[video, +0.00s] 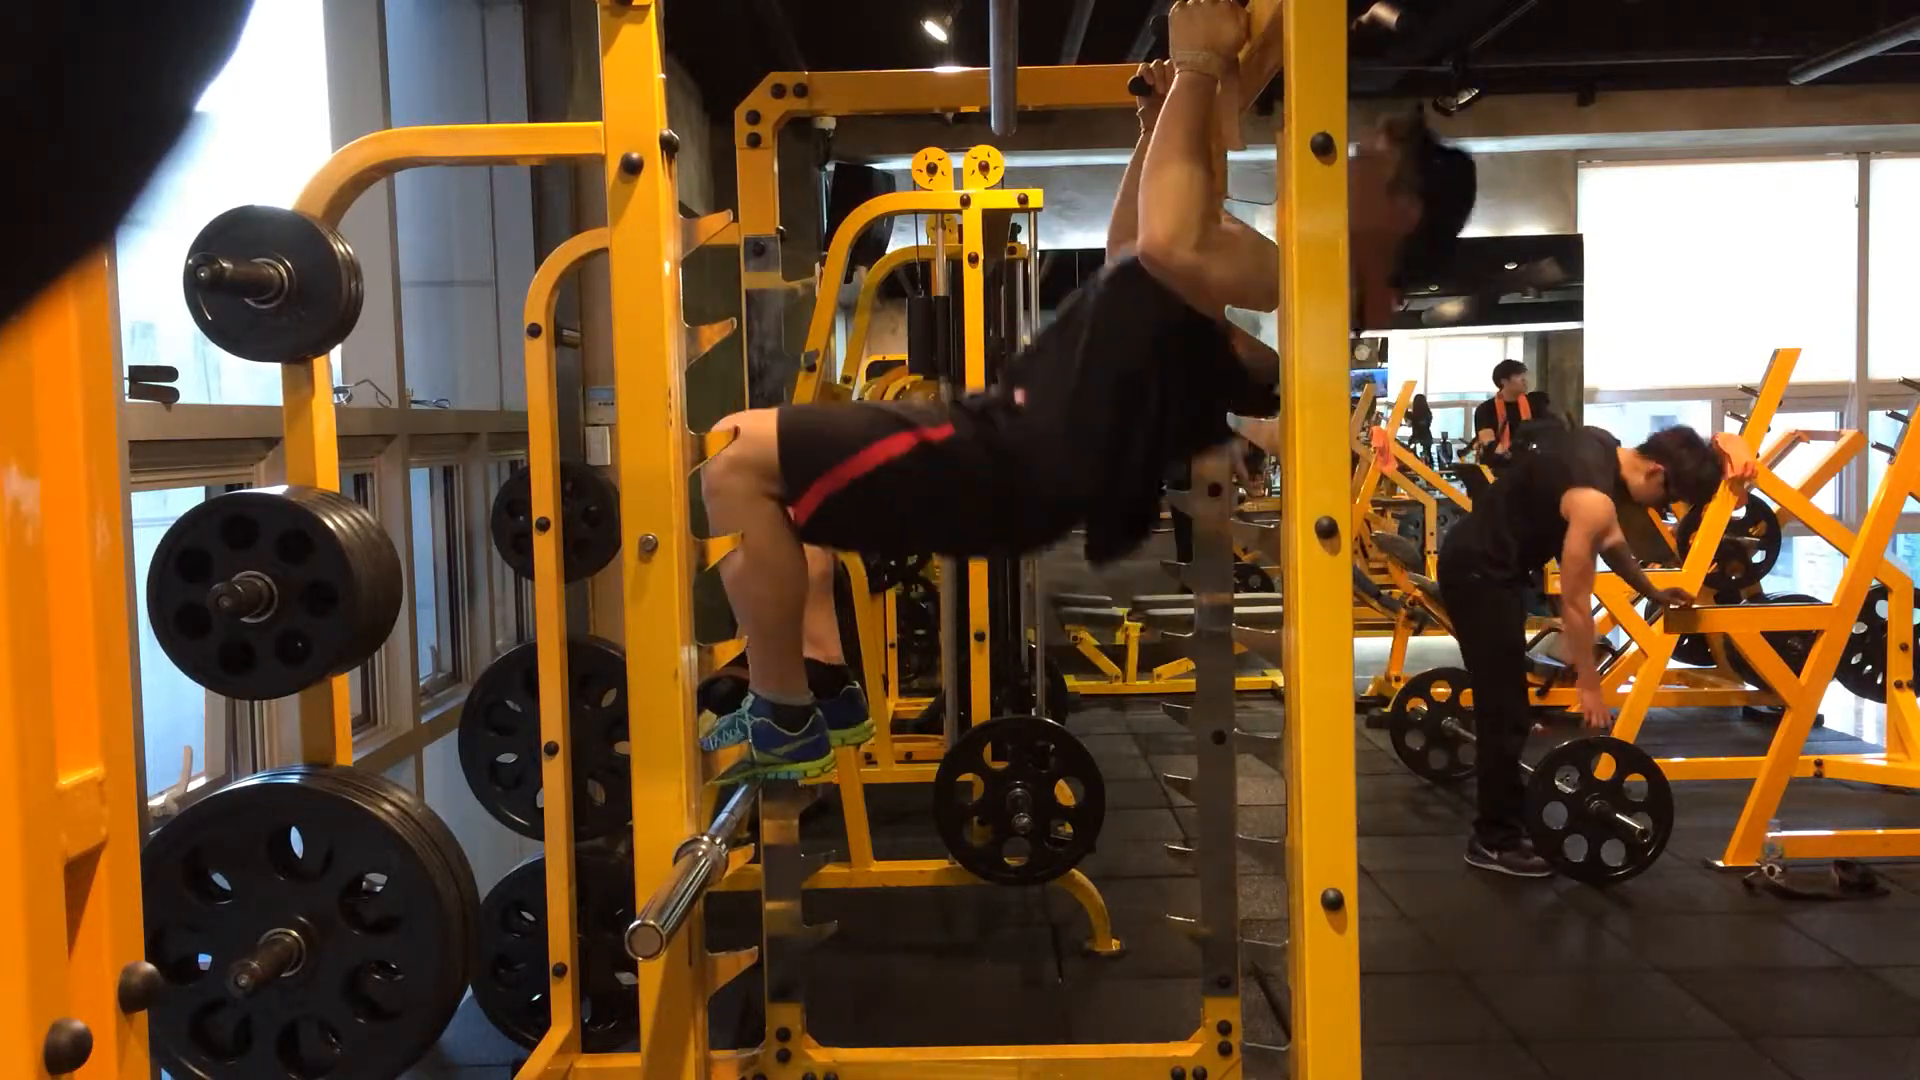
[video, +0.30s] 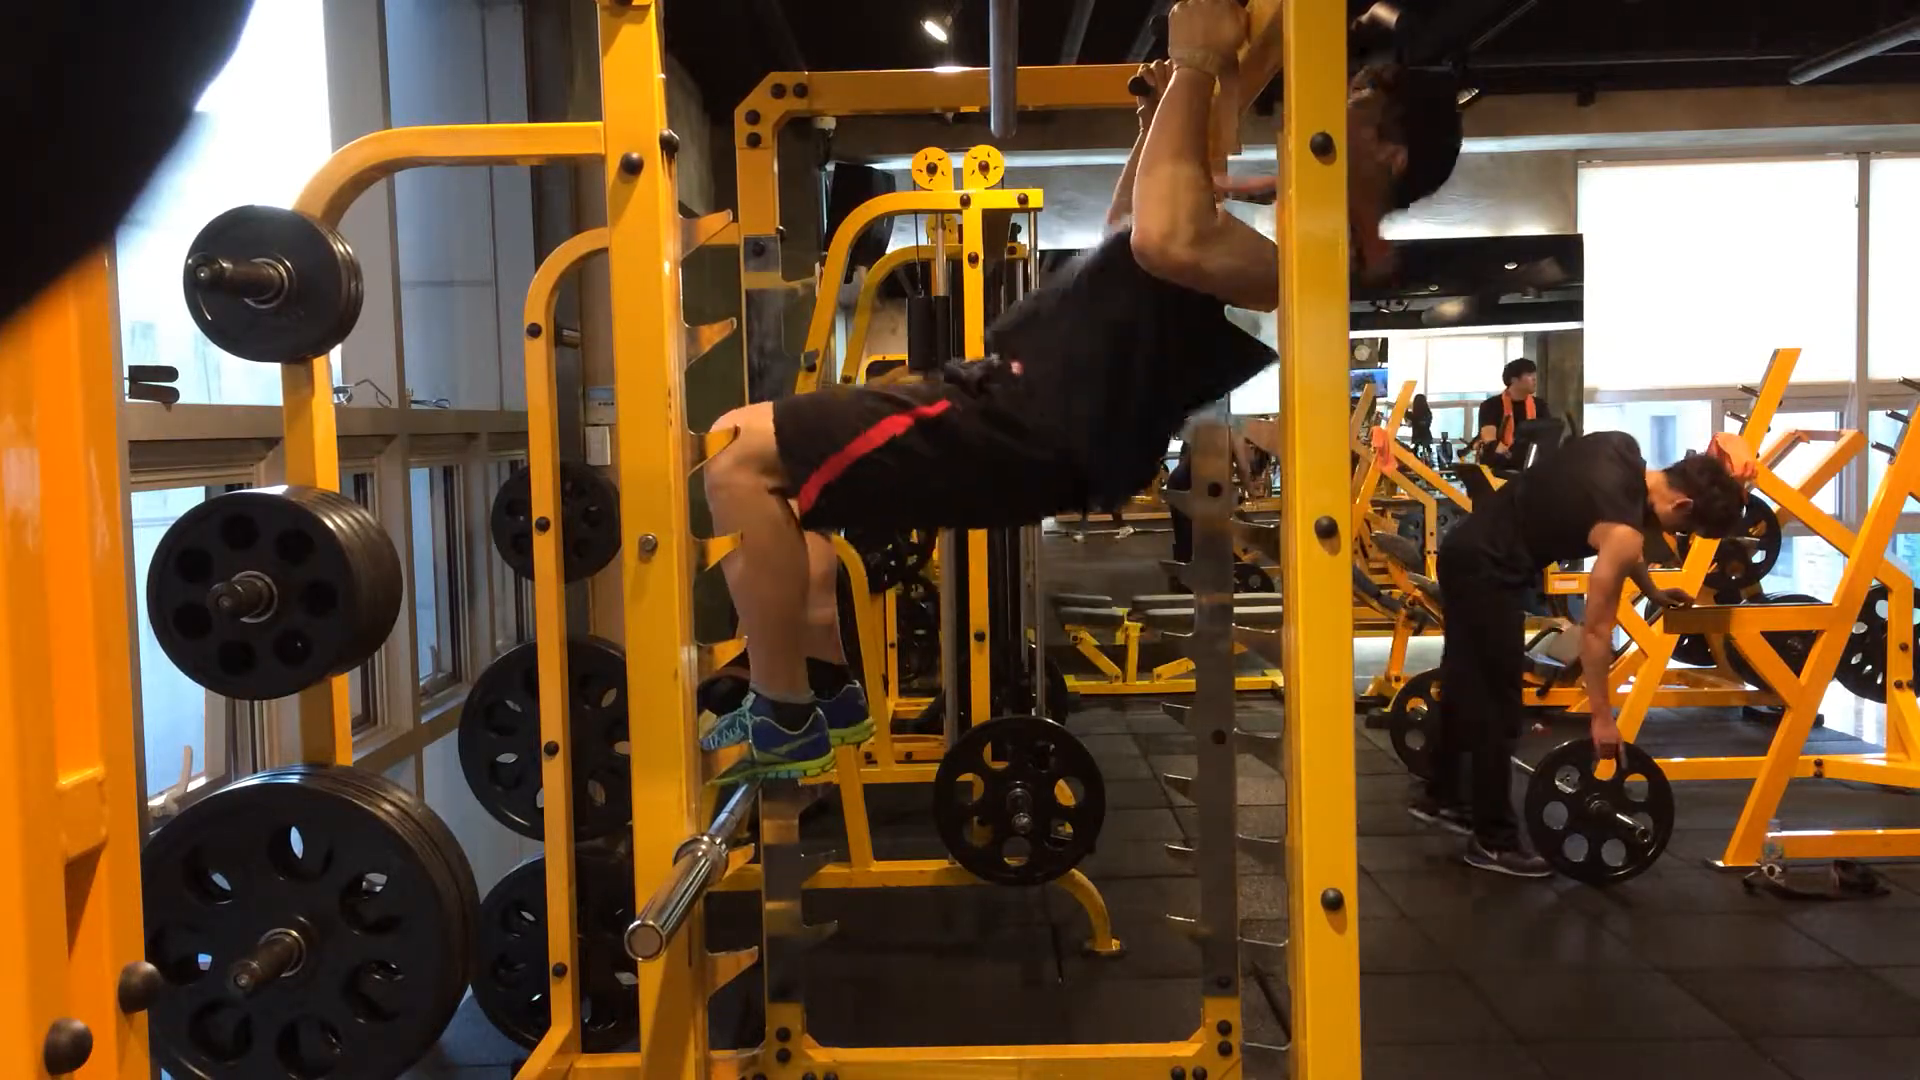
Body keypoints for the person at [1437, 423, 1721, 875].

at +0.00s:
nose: (1656, 503)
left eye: (1666, 498)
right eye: (1665, 496)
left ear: (1653, 461)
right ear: (1656, 471)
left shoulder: (1597, 447)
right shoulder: (1593, 502)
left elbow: (1609, 541)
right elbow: (1575, 604)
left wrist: (1651, 589)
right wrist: (1589, 685)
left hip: (1479, 559)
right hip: (1481, 573)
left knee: (1505, 702)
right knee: (1504, 708)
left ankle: (1502, 821)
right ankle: (1494, 838)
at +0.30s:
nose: (1680, 532)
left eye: (1690, 528)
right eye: (1687, 524)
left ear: (1677, 476)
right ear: (1682, 503)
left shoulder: (1618, 446)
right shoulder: (1624, 530)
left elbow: (1622, 540)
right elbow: (1595, 632)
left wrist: (1653, 591)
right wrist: (1602, 716)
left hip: (1465, 547)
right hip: (1489, 572)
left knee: (1462, 687)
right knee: (1498, 707)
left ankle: (1440, 795)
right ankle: (1493, 839)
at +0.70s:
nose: (1671, 528)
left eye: (1679, 525)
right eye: (1680, 523)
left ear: (1673, 477)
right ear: (1678, 504)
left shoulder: (1613, 446)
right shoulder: (1618, 530)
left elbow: (1623, 532)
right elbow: (1599, 632)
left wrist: (1652, 591)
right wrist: (1605, 715)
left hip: (1461, 549)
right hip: (1488, 575)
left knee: (1442, 675)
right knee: (1496, 707)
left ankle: (1384, 779)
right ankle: (1491, 838)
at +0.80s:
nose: (1666, 530)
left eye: (1673, 526)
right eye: (1675, 524)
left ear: (1672, 474)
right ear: (1675, 503)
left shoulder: (1608, 444)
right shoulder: (1614, 527)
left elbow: (1618, 531)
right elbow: (1594, 629)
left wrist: (1651, 590)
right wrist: (1602, 713)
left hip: (1460, 549)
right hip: (1488, 575)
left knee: (1442, 680)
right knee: (1495, 708)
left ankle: (1395, 787)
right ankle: (1492, 839)